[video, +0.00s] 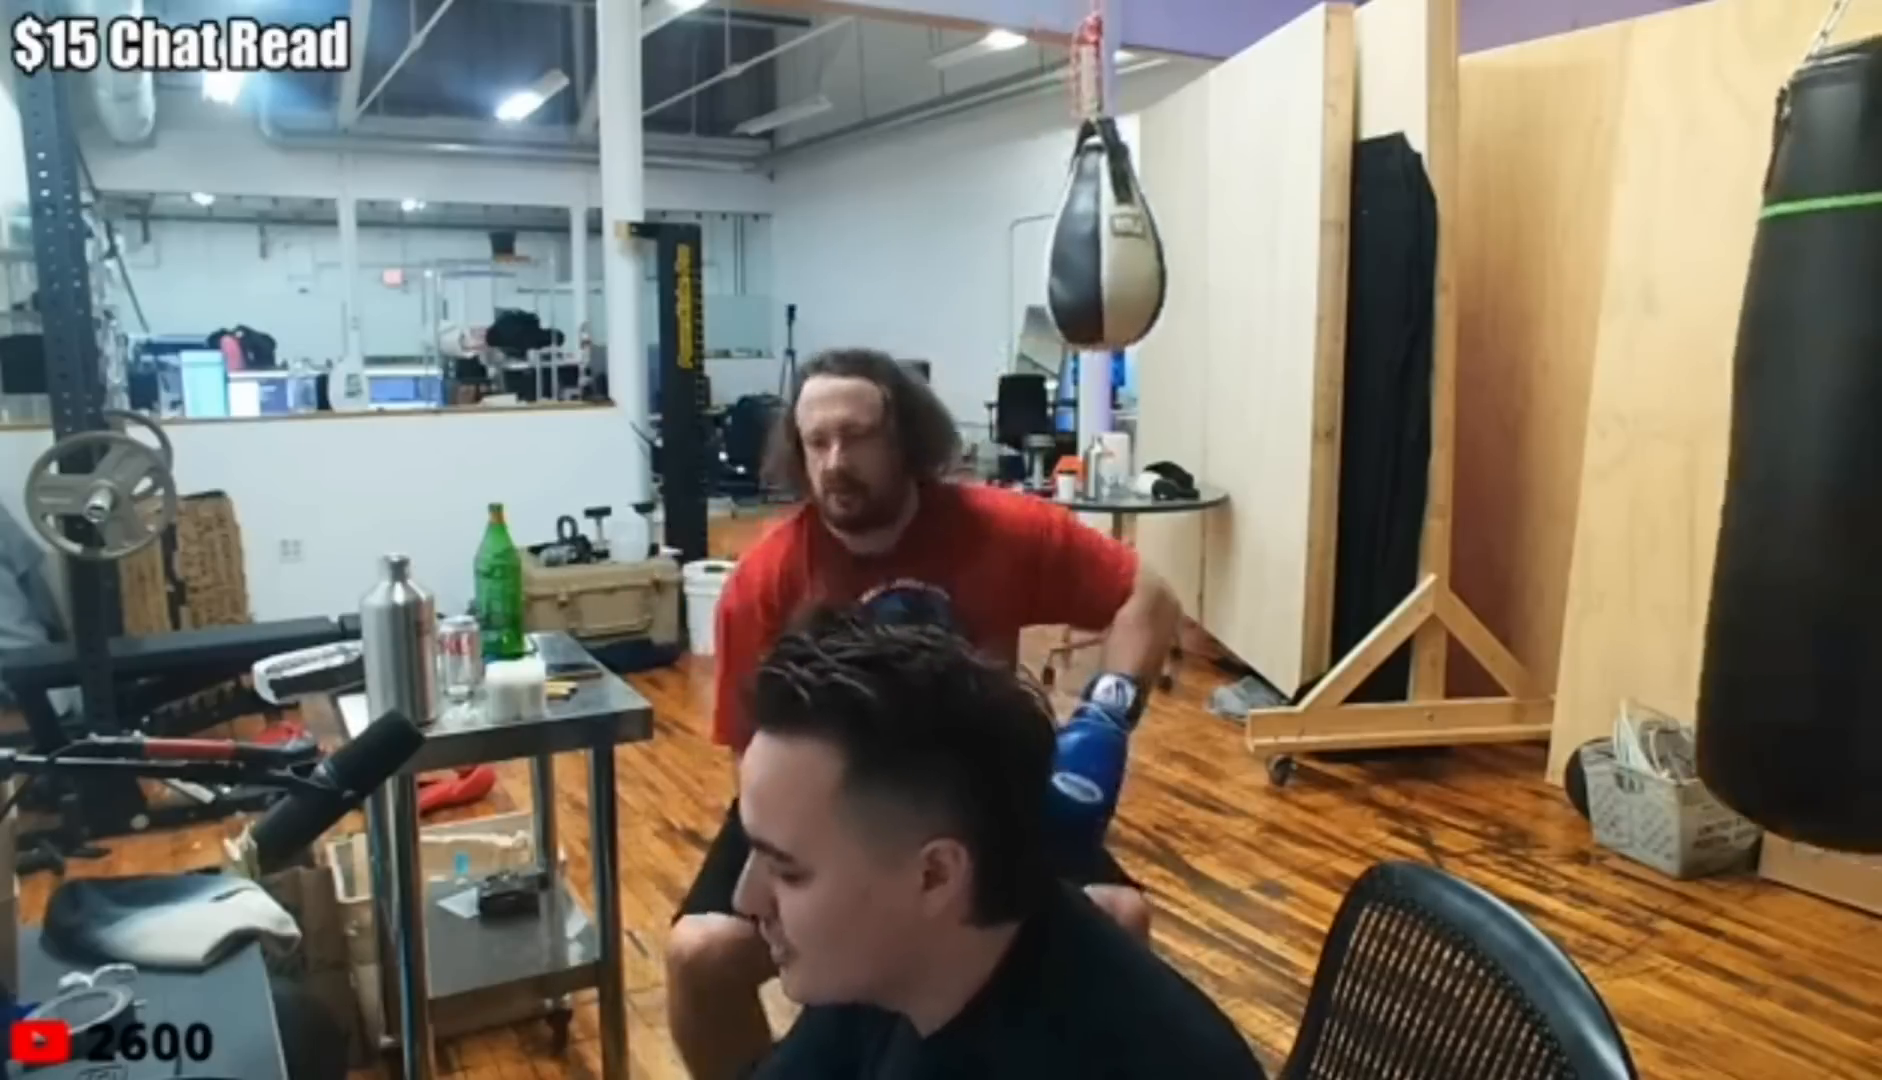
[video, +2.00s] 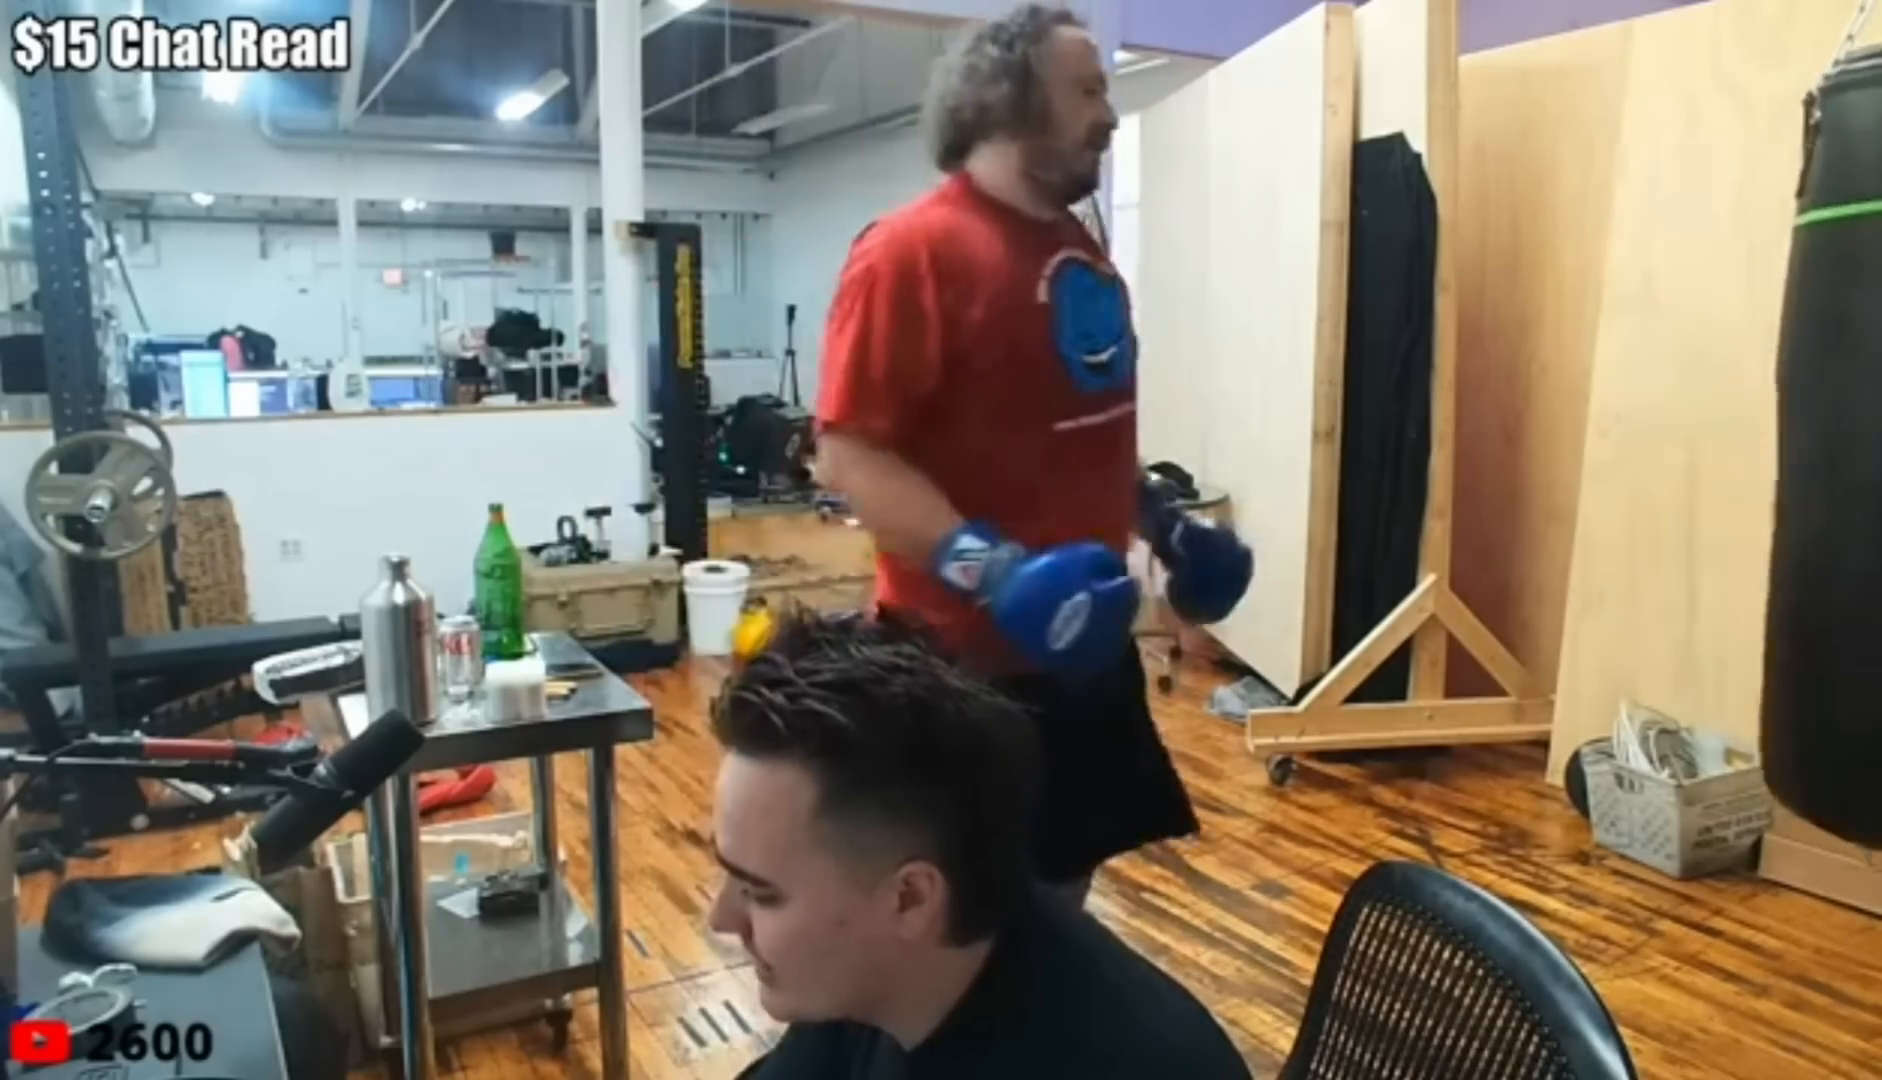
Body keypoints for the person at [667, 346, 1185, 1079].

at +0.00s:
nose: (835, 464)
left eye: (858, 438)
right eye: (817, 443)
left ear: (908, 444)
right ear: (797, 455)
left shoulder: (998, 528)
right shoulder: (766, 576)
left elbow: (1149, 599)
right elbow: (751, 746)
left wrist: (1105, 719)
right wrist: (768, 869)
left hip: (973, 783)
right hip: (813, 784)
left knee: (1117, 913)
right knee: (700, 952)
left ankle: (1077, 1074)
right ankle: (747, 1075)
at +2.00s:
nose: (1111, 119)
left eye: (1108, 94)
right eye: (1089, 93)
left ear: (1027, 107)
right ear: (1010, 100)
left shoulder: (1078, 250)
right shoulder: (910, 251)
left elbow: (1074, 441)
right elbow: (846, 453)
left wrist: (1161, 521)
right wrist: (991, 568)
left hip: (1078, 658)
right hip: (952, 672)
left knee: (1058, 903)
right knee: (949, 922)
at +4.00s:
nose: (1415, 147)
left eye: (1441, 126)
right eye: (1394, 126)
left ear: (1474, 146)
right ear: (1357, 139)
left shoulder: (1500, 274)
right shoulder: (1295, 261)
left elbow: (1585, 394)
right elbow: (1209, 414)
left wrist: (1700, 431)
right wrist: (1307, 505)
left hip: (1442, 621)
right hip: (1320, 616)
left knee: (1386, 858)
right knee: (1314, 862)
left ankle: (1341, 1049)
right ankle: (1243, 1053)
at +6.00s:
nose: (1416, 160)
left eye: (1429, 139)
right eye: (1390, 139)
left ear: (1441, 148)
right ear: (1327, 149)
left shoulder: (1447, 276)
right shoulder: (1247, 277)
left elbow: (1475, 412)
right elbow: (1179, 441)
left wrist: (1494, 484)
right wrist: (1299, 513)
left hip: (1400, 623)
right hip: (1275, 626)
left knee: (1375, 833)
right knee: (1250, 837)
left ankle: (1367, 1025)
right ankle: (1184, 1023)